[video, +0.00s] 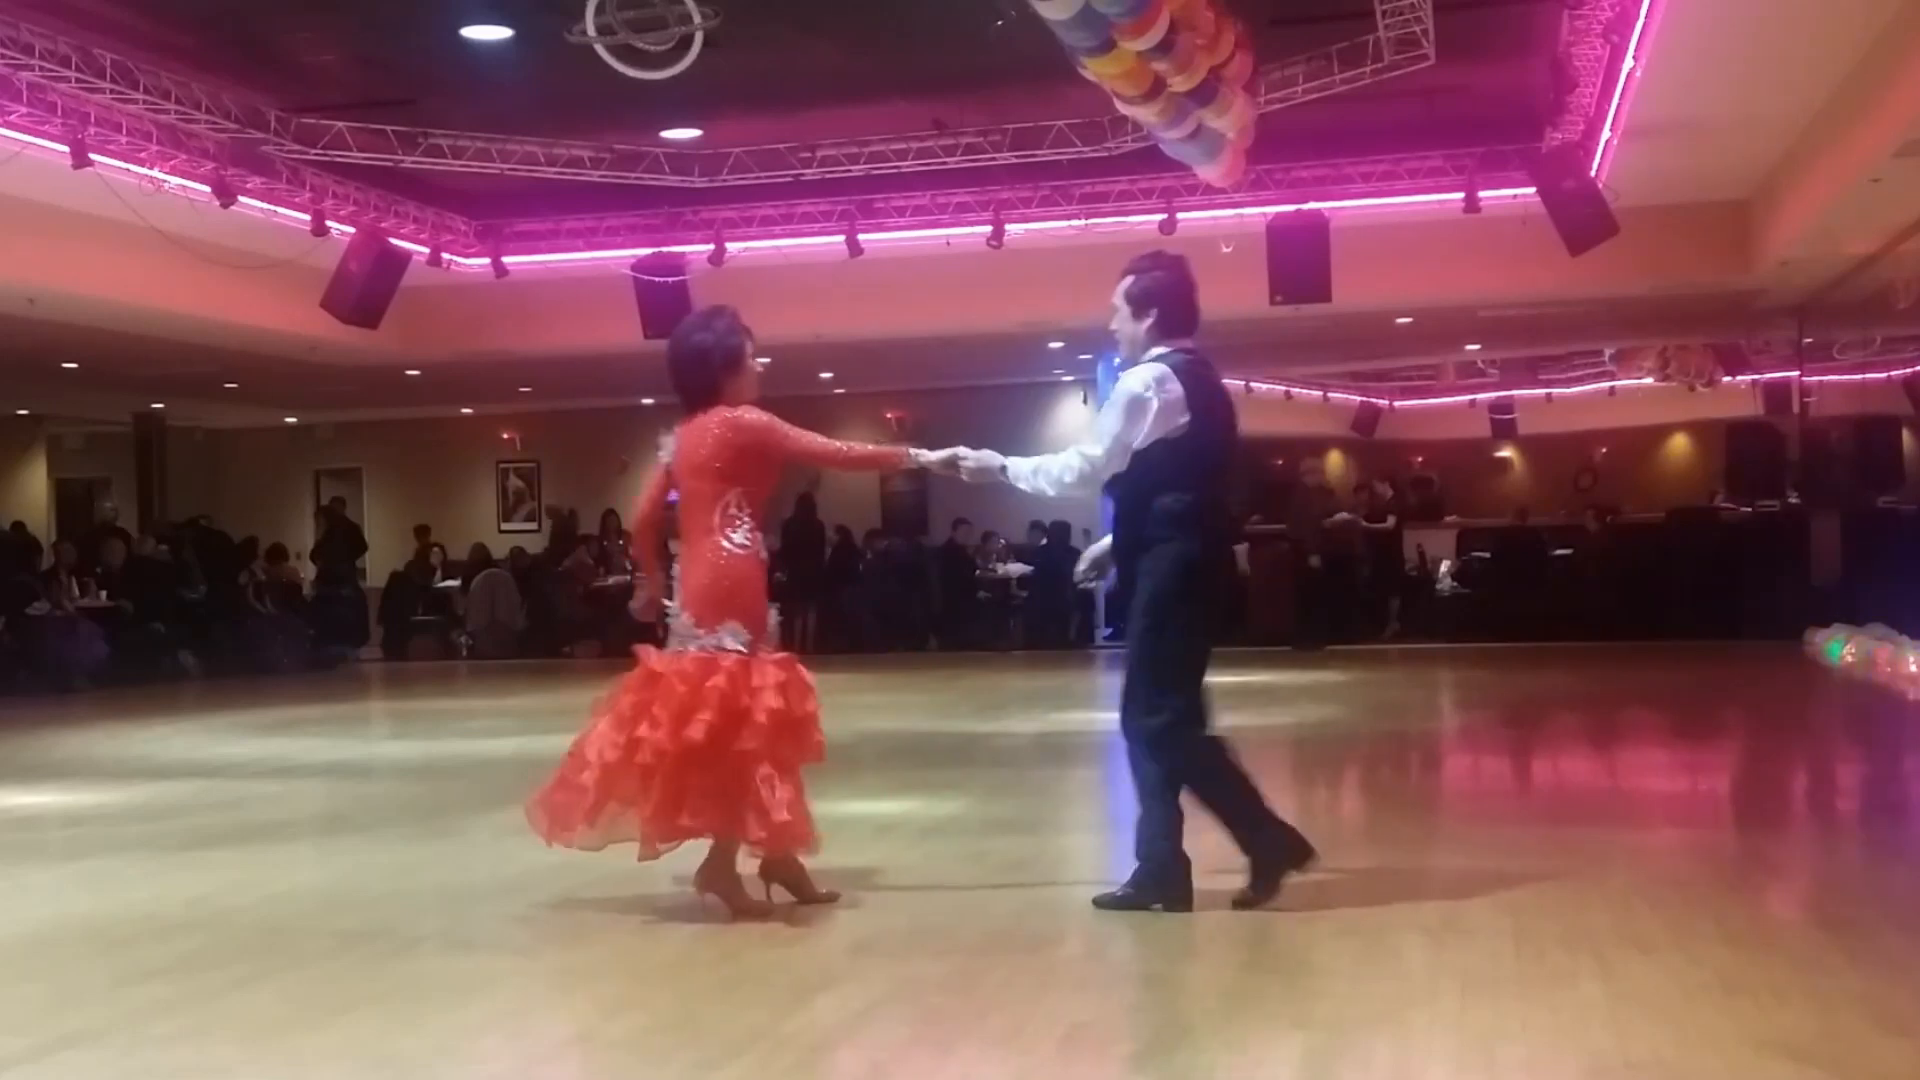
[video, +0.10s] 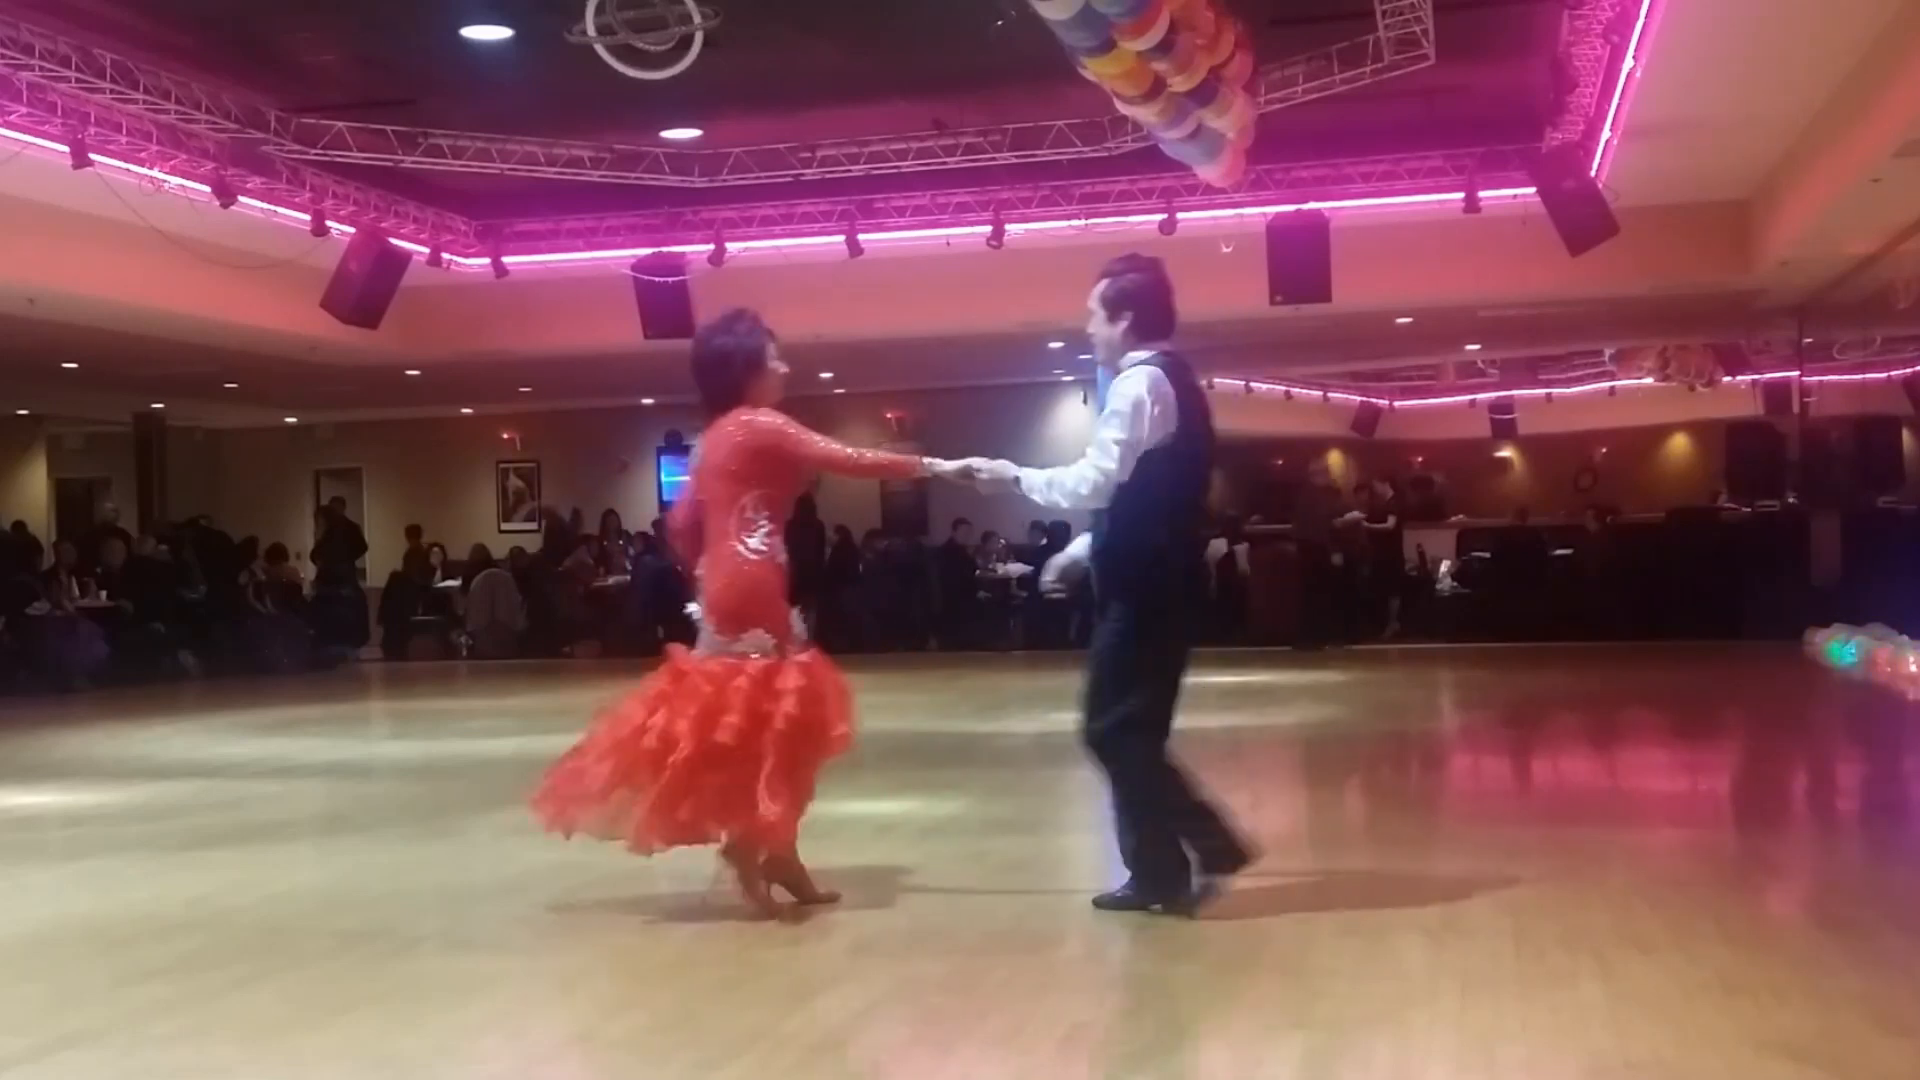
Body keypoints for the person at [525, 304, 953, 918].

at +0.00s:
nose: (759, 367)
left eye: (755, 355)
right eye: (750, 357)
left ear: (692, 372)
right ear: (726, 367)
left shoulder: (681, 438)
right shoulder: (744, 424)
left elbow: (643, 518)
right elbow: (835, 453)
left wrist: (647, 582)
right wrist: (925, 457)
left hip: (699, 577)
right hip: (735, 576)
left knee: (757, 718)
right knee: (736, 722)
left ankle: (779, 846)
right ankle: (720, 862)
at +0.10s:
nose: (783, 367)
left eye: (779, 356)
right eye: (773, 358)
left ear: (718, 373)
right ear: (749, 369)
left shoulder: (713, 438)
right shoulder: (760, 427)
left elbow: (680, 521)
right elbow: (850, 459)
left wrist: (704, 578)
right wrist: (939, 466)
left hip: (722, 580)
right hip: (751, 581)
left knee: (772, 715)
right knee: (779, 715)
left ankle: (777, 844)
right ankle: (750, 842)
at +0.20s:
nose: (819, 358)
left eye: (813, 347)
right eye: (806, 350)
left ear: (763, 368)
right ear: (777, 364)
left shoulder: (758, 426)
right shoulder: (785, 421)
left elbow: (738, 518)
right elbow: (872, 453)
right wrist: (963, 460)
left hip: (759, 579)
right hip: (778, 582)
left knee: (800, 715)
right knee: (824, 712)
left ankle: (797, 849)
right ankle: (791, 852)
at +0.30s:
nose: (857, 353)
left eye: (852, 342)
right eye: (843, 345)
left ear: (820, 359)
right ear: (814, 361)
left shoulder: (828, 425)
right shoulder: (813, 422)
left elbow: (851, 527)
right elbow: (893, 449)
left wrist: (907, 539)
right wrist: (976, 448)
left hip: (813, 580)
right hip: (810, 583)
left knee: (817, 723)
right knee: (873, 710)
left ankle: (784, 852)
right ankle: (903, 853)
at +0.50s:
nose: (919, 358)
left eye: (918, 347)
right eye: (905, 349)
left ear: (909, 359)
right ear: (872, 362)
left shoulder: (912, 428)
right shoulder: (872, 430)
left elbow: (931, 515)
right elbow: (876, 525)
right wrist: (898, 614)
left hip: (926, 585)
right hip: (898, 589)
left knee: (918, 716)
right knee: (906, 716)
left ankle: (853, 814)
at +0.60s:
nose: (939, 353)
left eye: (943, 341)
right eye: (924, 345)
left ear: (953, 348)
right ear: (898, 360)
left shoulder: (970, 417)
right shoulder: (893, 424)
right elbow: (845, 478)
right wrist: (816, 495)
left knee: (971, 712)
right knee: (941, 711)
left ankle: (964, 856)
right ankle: (943, 859)